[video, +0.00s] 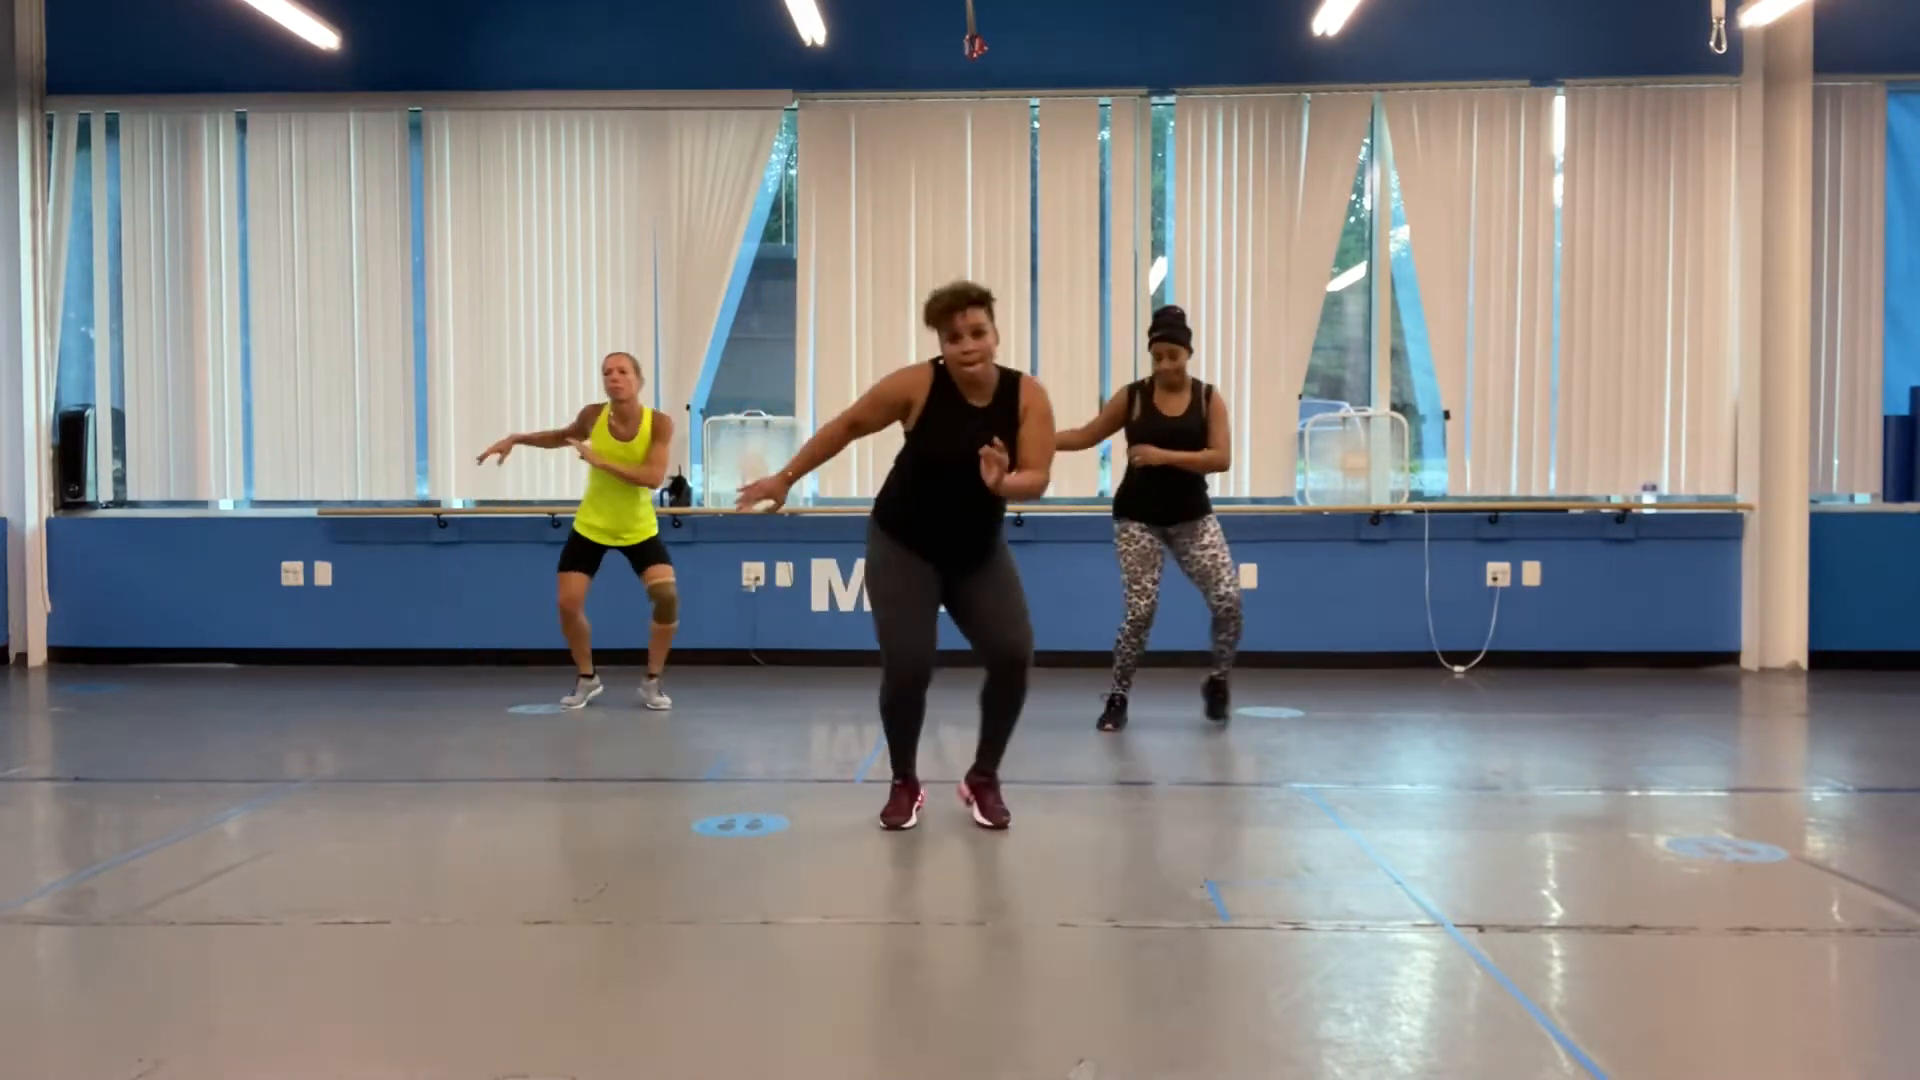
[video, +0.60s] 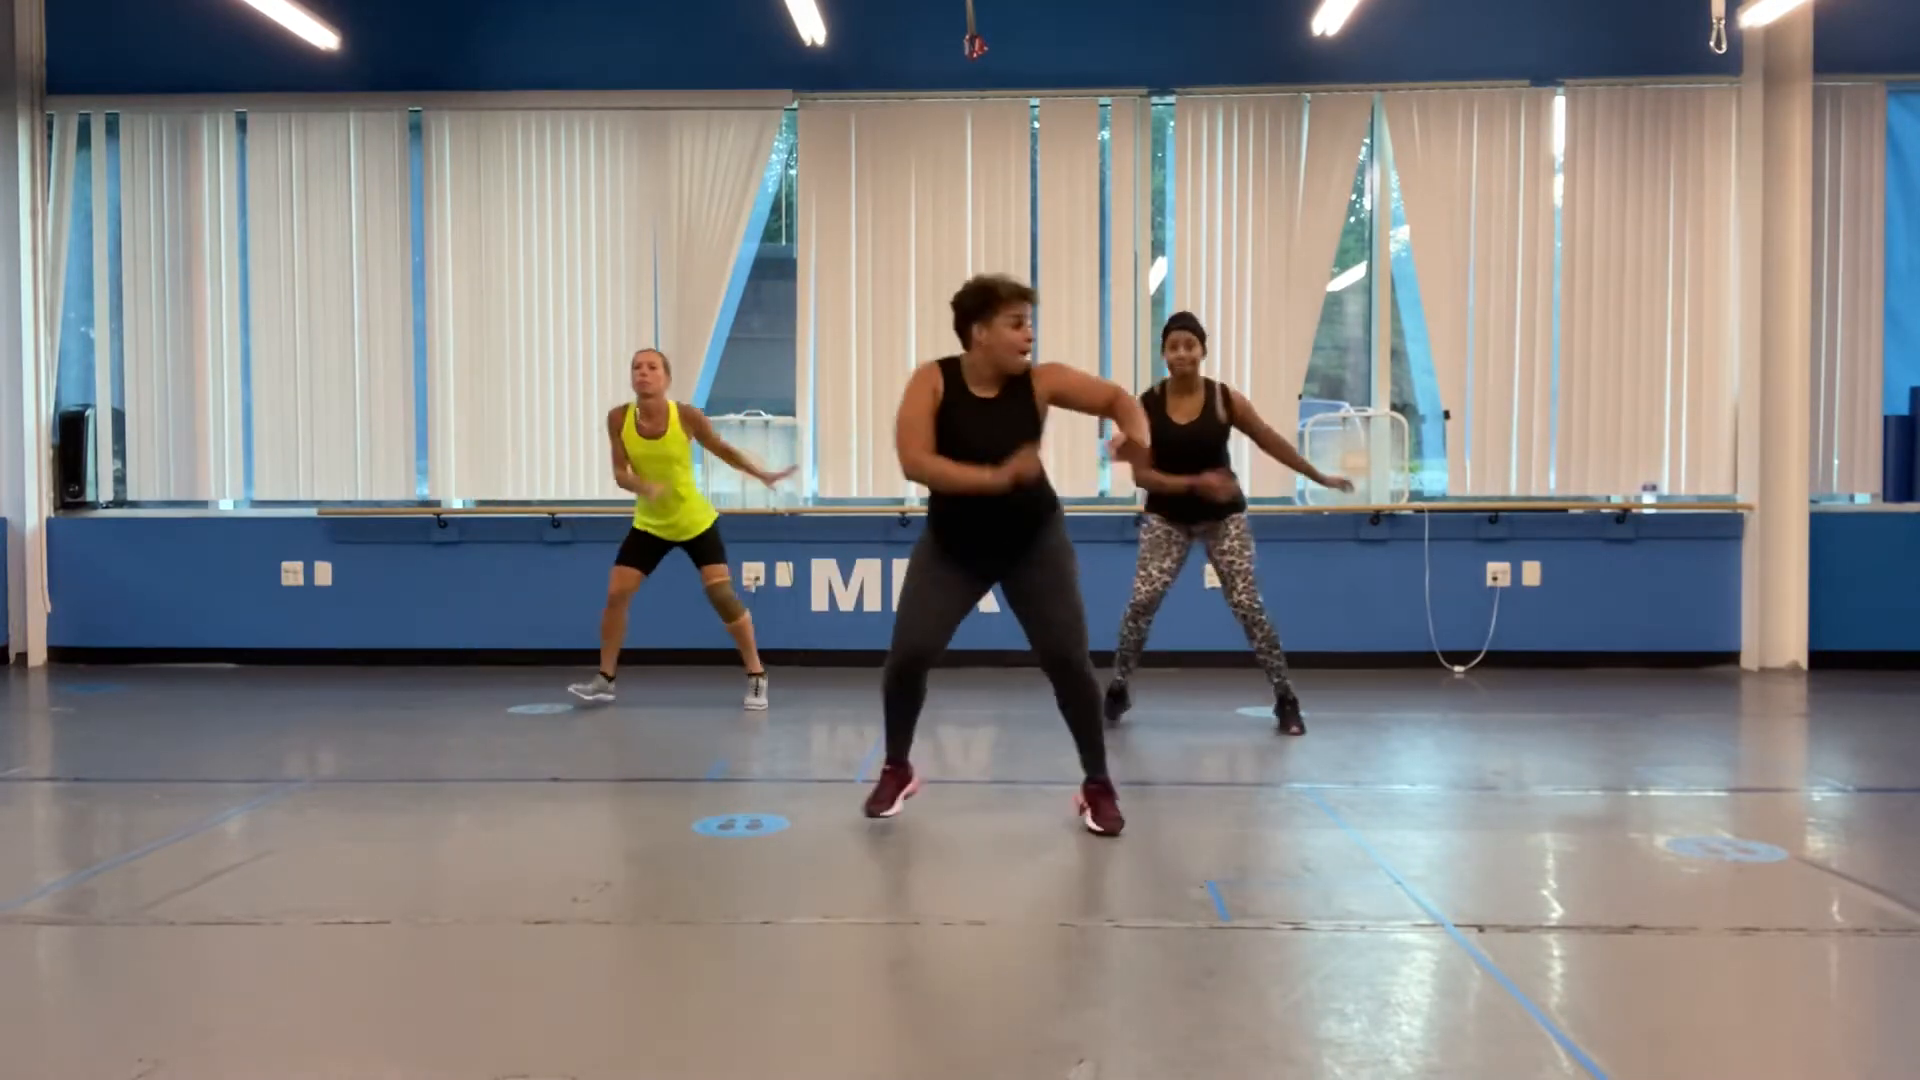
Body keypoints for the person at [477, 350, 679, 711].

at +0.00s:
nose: (614, 378)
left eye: (622, 372)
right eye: (608, 374)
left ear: (638, 380)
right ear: (603, 383)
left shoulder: (659, 422)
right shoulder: (592, 415)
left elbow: (654, 478)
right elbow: (565, 437)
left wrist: (599, 461)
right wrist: (515, 439)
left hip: (638, 524)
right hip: (593, 522)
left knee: (666, 594)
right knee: (568, 603)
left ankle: (652, 683)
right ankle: (588, 679)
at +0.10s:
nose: (632, 377)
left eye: (639, 371)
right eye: (626, 373)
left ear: (656, 377)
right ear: (621, 382)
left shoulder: (676, 417)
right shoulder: (611, 412)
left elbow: (668, 462)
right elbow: (575, 427)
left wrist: (620, 444)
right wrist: (524, 425)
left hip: (652, 522)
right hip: (606, 520)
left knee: (688, 589)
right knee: (579, 598)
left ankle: (693, 675)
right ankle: (586, 679)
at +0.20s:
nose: (649, 377)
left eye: (656, 370)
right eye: (642, 373)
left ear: (673, 377)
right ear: (637, 383)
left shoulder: (694, 414)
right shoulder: (632, 416)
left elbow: (693, 449)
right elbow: (598, 436)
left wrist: (646, 439)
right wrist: (543, 430)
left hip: (675, 524)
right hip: (628, 521)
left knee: (707, 597)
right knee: (592, 596)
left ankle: (731, 684)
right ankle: (578, 675)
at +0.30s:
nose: (662, 385)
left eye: (669, 378)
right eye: (655, 381)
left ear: (686, 386)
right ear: (649, 391)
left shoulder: (710, 423)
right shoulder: (643, 432)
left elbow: (717, 464)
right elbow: (618, 473)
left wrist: (666, 455)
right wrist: (567, 464)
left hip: (697, 532)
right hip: (649, 532)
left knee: (734, 598)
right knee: (614, 608)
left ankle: (737, 687)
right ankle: (598, 665)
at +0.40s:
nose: (663, 384)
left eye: (670, 378)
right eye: (656, 380)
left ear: (688, 386)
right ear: (652, 391)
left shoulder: (713, 428)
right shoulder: (645, 437)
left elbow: (736, 484)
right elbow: (644, 490)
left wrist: (692, 491)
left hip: (705, 532)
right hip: (659, 533)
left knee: (739, 599)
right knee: (627, 607)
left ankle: (738, 686)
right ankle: (634, 674)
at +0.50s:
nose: (656, 379)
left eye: (664, 373)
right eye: (650, 374)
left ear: (680, 383)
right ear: (644, 385)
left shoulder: (703, 423)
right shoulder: (634, 431)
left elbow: (729, 466)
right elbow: (642, 485)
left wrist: (737, 496)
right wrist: (630, 526)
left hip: (707, 527)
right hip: (661, 529)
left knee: (732, 600)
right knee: (622, 595)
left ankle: (742, 684)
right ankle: (621, 672)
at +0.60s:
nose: (643, 373)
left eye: (651, 367)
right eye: (637, 368)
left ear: (667, 378)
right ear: (630, 378)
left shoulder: (687, 416)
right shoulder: (619, 419)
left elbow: (721, 449)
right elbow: (621, 474)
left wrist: (762, 475)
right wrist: (646, 488)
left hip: (694, 519)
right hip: (649, 523)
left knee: (720, 593)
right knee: (617, 593)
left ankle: (756, 675)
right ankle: (605, 678)